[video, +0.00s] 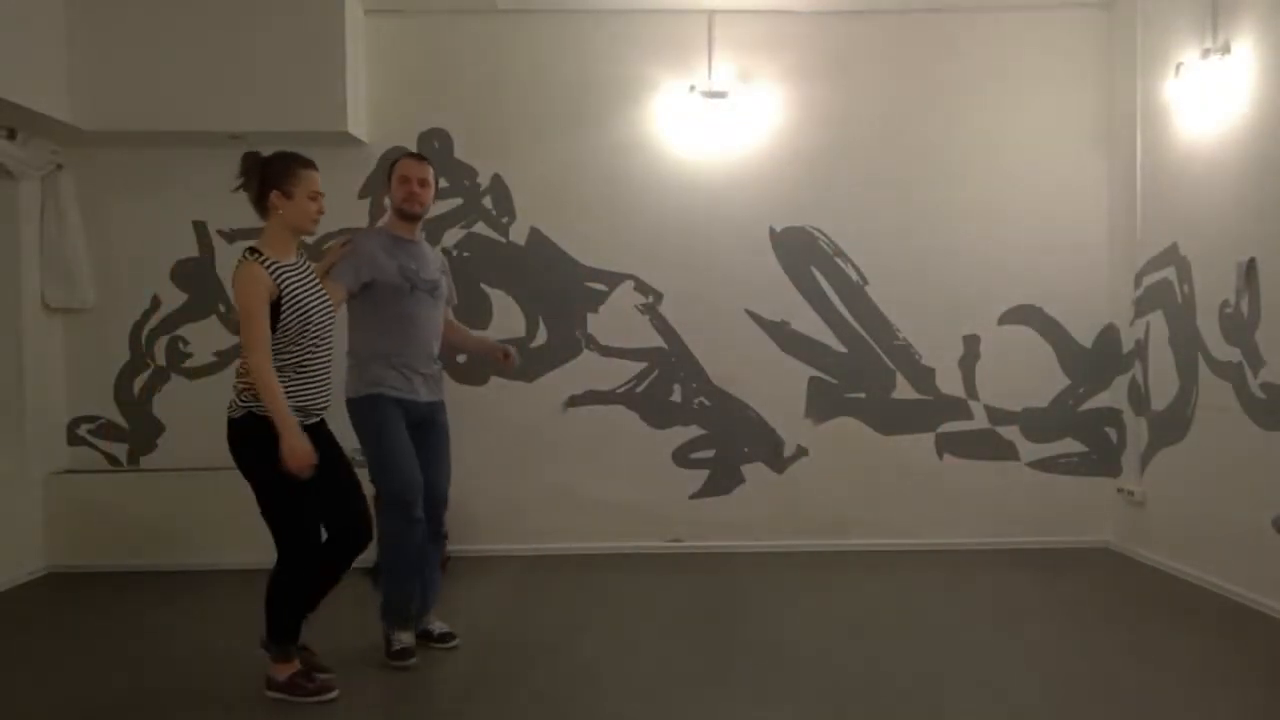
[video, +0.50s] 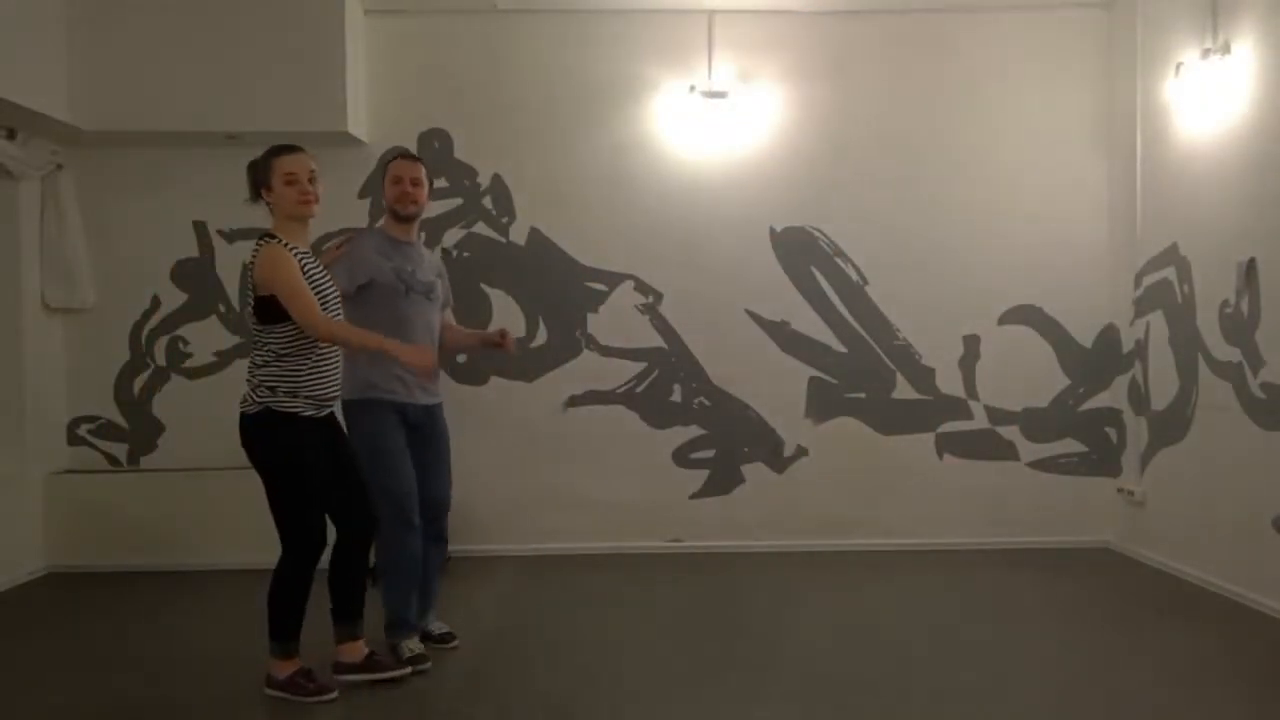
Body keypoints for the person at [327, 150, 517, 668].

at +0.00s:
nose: (414, 191)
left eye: (423, 183)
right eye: (405, 182)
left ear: (433, 194)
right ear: (387, 190)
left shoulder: (435, 260)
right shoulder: (365, 247)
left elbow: (444, 330)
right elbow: (313, 306)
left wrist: (490, 346)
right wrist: (267, 355)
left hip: (428, 394)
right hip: (376, 392)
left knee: (433, 503)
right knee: (403, 498)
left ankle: (420, 613)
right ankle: (398, 622)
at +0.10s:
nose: (416, 188)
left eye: (424, 181)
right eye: (407, 179)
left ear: (435, 192)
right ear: (389, 188)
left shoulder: (439, 259)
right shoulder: (367, 246)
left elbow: (447, 328)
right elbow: (319, 301)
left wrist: (492, 340)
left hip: (431, 399)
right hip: (380, 397)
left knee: (433, 508)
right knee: (403, 507)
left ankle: (424, 615)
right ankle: (418, 627)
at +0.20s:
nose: (417, 191)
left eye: (425, 184)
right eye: (407, 183)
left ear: (436, 196)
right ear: (390, 191)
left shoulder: (436, 261)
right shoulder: (368, 248)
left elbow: (446, 332)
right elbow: (320, 302)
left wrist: (489, 338)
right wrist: (327, 260)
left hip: (434, 404)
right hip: (381, 405)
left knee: (438, 512)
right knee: (404, 514)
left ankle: (424, 619)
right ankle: (421, 630)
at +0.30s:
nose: (416, 190)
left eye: (425, 183)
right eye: (407, 182)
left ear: (436, 195)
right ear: (390, 191)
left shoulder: (436, 261)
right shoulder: (368, 249)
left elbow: (444, 333)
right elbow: (320, 301)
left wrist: (487, 339)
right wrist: (327, 264)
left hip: (433, 401)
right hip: (380, 401)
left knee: (437, 512)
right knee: (406, 512)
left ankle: (425, 621)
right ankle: (421, 630)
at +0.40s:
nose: (414, 187)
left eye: (422, 180)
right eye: (404, 178)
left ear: (433, 192)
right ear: (387, 188)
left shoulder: (437, 260)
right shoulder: (365, 247)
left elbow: (444, 332)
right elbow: (314, 296)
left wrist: (486, 338)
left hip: (429, 398)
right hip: (377, 397)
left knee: (433, 510)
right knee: (404, 510)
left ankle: (425, 619)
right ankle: (418, 630)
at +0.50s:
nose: (407, 190)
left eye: (415, 183)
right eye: (398, 182)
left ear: (427, 194)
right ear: (382, 192)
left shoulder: (432, 263)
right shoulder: (359, 249)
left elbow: (445, 333)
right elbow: (309, 300)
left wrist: (484, 337)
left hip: (425, 401)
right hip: (372, 401)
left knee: (434, 510)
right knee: (400, 512)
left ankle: (422, 617)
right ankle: (400, 632)